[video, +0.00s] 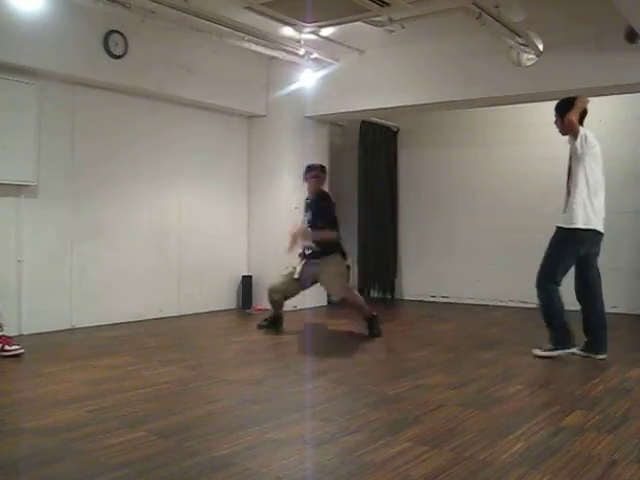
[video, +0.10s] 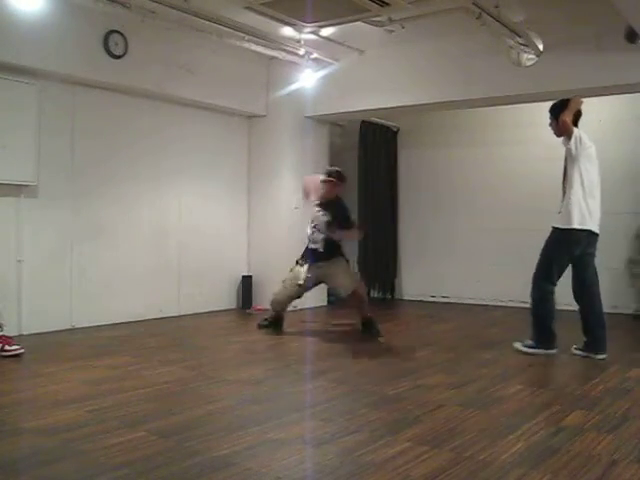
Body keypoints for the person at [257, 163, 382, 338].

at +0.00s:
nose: (315, 181)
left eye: (319, 177)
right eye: (312, 177)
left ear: (324, 180)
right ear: (305, 180)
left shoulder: (324, 200)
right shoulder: (309, 202)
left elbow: (333, 234)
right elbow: (313, 229)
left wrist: (306, 234)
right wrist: (300, 237)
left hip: (331, 259)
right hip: (311, 260)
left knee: (340, 292)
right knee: (276, 291)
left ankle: (370, 317)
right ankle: (276, 318)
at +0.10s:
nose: (326, 187)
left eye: (331, 184)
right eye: (325, 182)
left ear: (339, 188)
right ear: (321, 184)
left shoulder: (339, 207)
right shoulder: (318, 204)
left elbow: (354, 233)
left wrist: (335, 233)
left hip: (333, 262)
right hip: (309, 262)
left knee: (356, 292)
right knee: (278, 299)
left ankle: (367, 321)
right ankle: (276, 319)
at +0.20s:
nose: (361, 198)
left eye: (365, 195)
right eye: (359, 192)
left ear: (368, 198)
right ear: (352, 189)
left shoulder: (361, 221)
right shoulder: (335, 199)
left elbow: (376, 240)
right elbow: (315, 174)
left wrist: (375, 238)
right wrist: (335, 161)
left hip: (335, 263)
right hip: (311, 261)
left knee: (367, 276)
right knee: (292, 301)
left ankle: (367, 323)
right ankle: (274, 318)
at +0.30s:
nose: (378, 199)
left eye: (382, 195)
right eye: (375, 194)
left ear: (385, 198)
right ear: (367, 194)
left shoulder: (379, 219)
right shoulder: (352, 211)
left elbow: (383, 243)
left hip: (346, 257)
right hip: (321, 256)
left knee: (374, 275)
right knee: (301, 302)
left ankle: (368, 323)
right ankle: (272, 312)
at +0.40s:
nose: (395, 190)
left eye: (396, 185)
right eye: (393, 185)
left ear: (384, 182)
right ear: (381, 182)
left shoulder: (375, 198)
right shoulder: (365, 197)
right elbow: (360, 232)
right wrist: (368, 258)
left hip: (351, 249)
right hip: (329, 249)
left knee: (377, 278)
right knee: (307, 292)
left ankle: (368, 322)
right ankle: (272, 305)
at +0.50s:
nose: (394, 177)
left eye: (395, 172)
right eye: (390, 173)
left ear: (381, 170)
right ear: (379, 170)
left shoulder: (374, 187)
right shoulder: (364, 189)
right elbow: (358, 231)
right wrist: (368, 258)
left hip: (353, 244)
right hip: (333, 243)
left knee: (376, 279)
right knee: (313, 291)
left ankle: (368, 323)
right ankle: (290, 288)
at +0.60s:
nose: (383, 164)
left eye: (385, 159)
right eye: (381, 159)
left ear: (376, 158)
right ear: (371, 157)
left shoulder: (375, 177)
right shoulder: (355, 177)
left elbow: (372, 209)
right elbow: (351, 217)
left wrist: (377, 228)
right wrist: (359, 247)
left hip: (360, 233)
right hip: (337, 232)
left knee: (375, 281)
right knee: (328, 280)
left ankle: (368, 321)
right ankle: (315, 271)